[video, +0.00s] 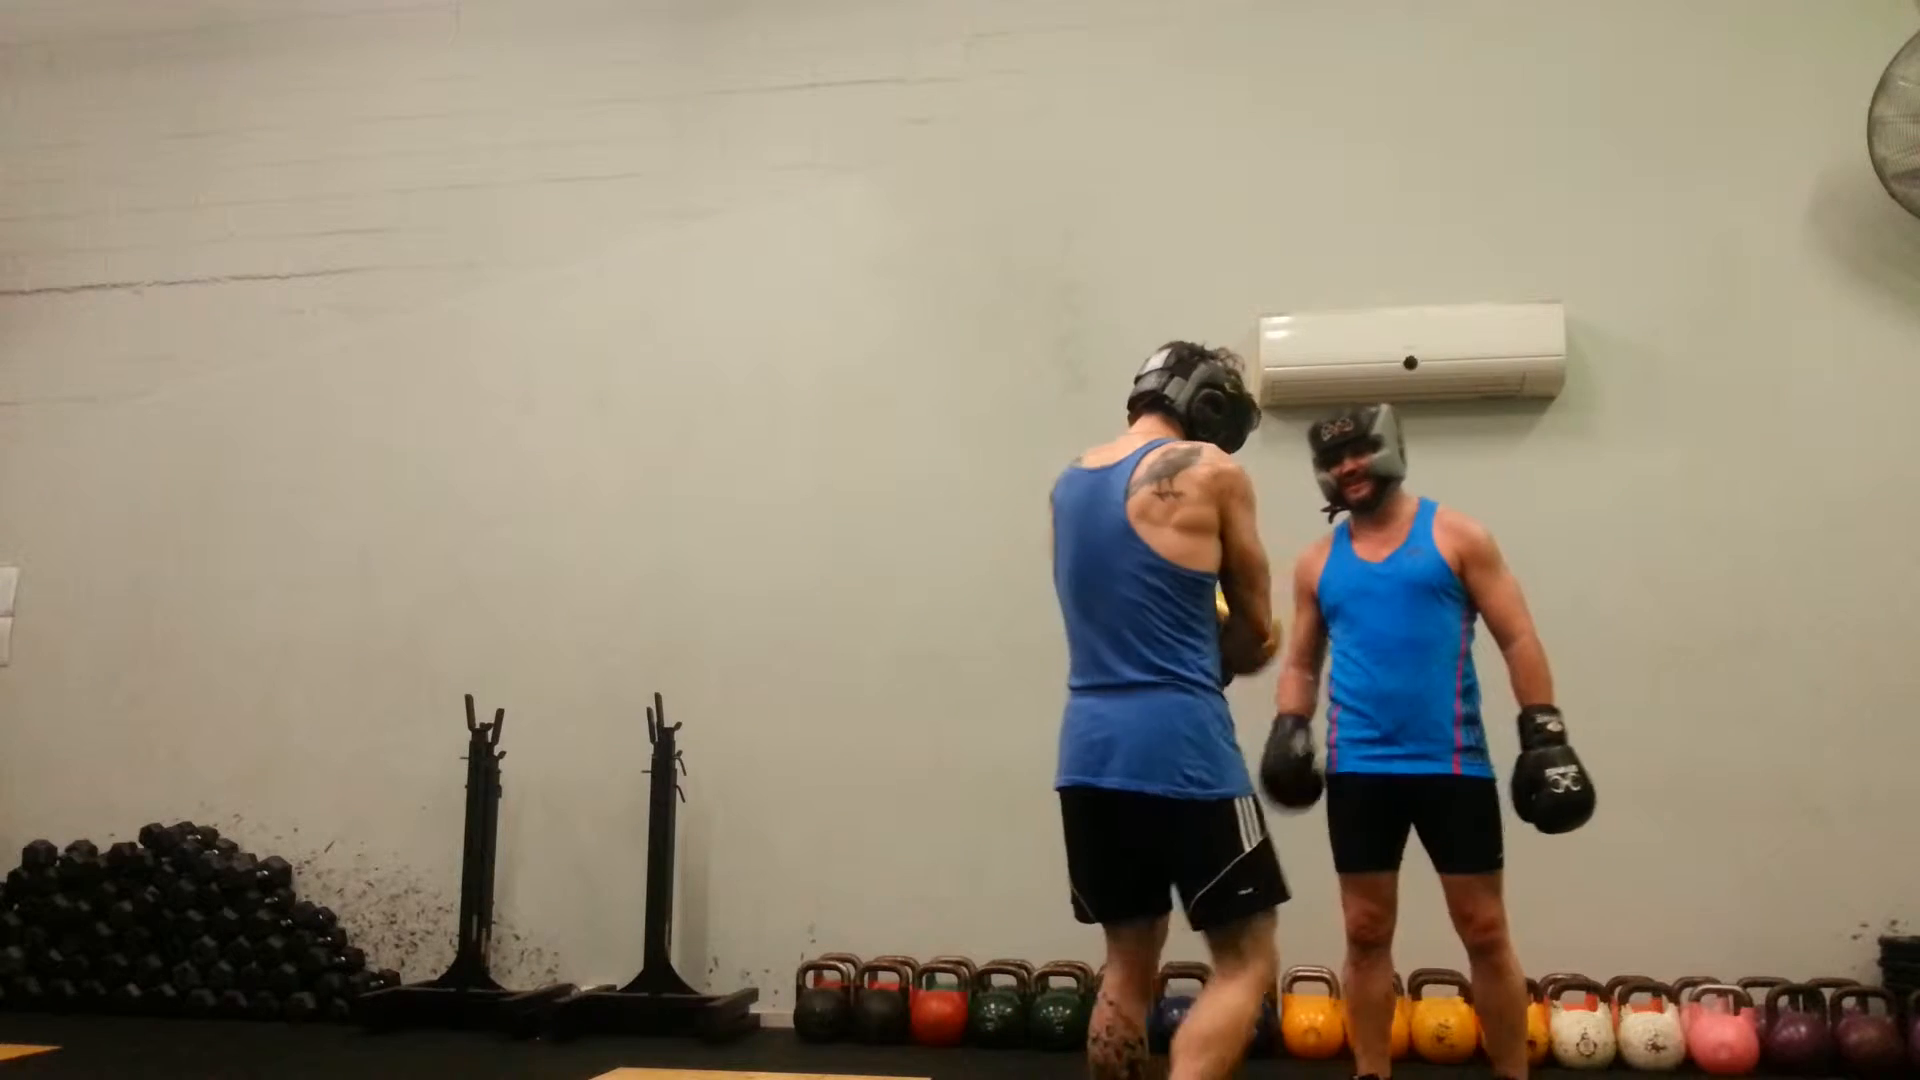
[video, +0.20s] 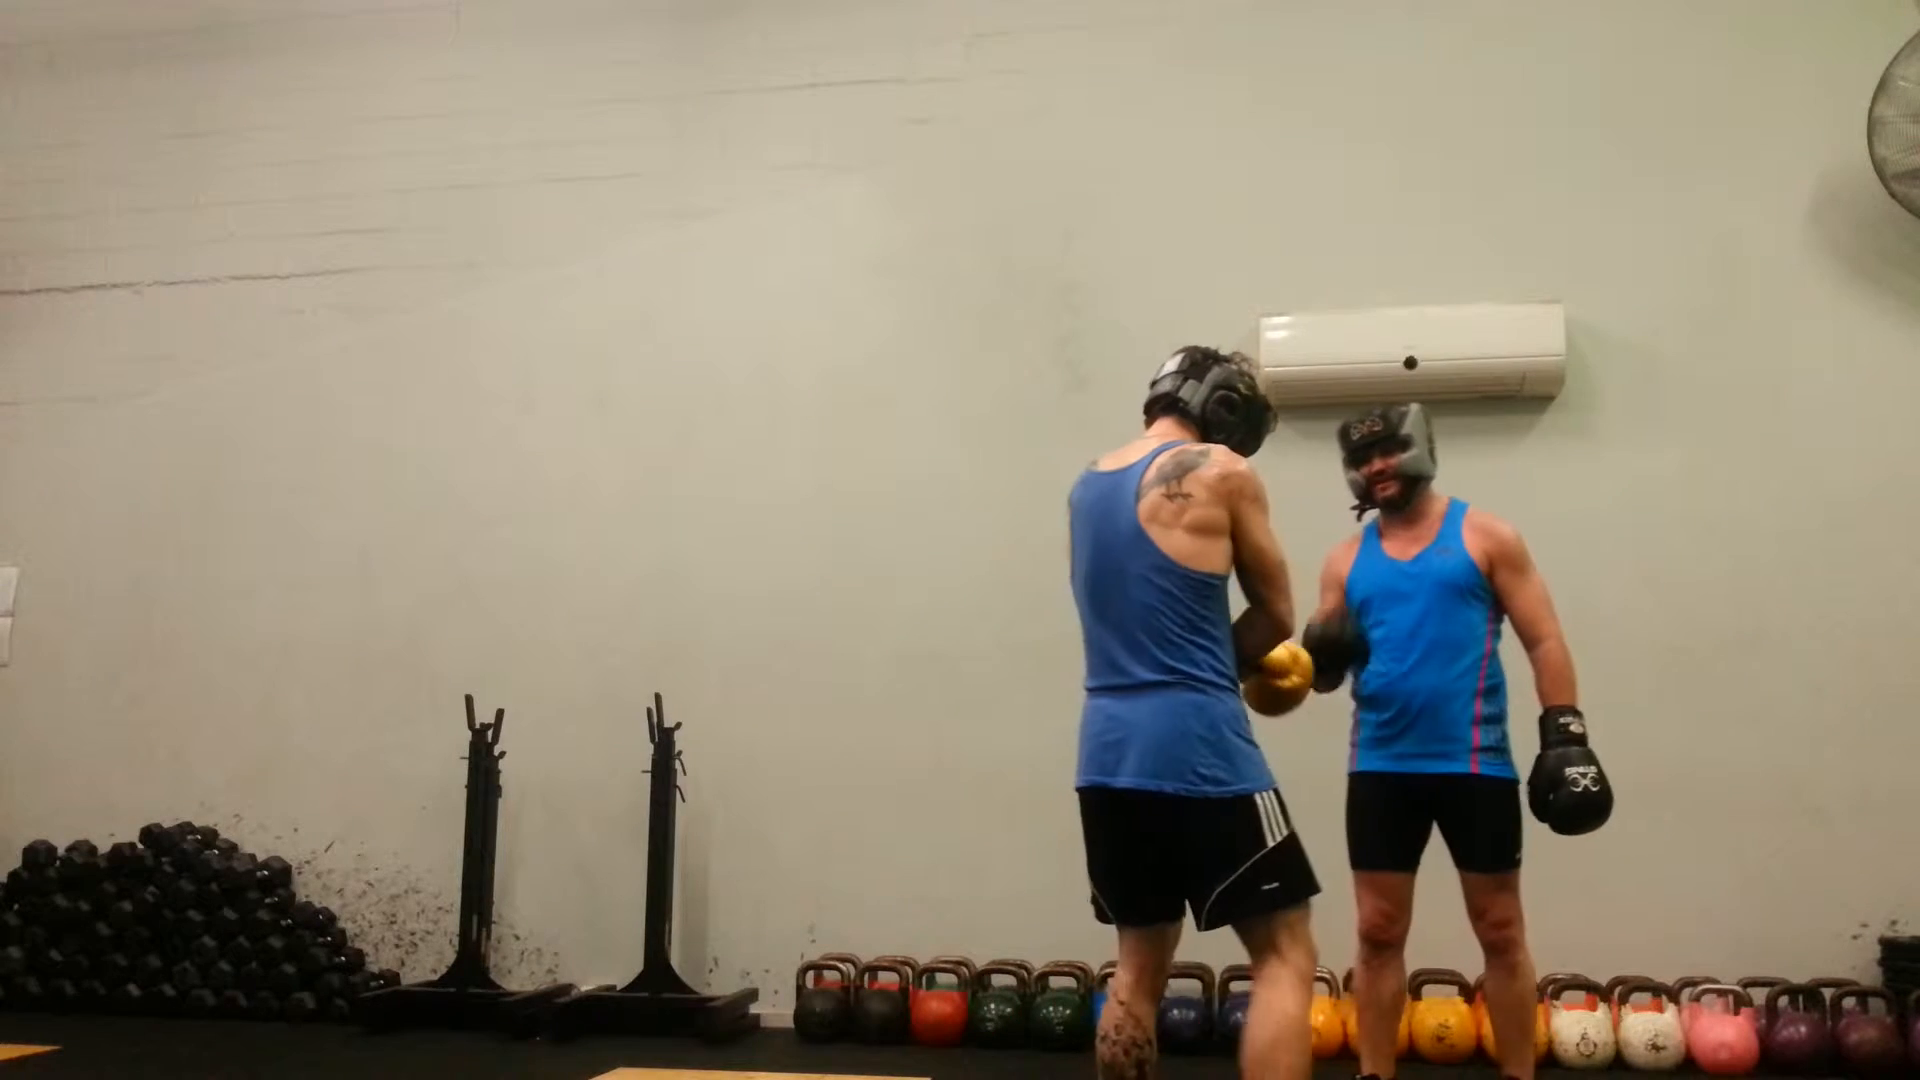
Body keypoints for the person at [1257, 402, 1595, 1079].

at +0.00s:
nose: (1352, 468)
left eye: (1364, 452)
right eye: (1336, 460)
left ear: (1394, 453)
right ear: (1323, 474)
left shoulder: (1458, 537)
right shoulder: (1317, 563)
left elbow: (1516, 636)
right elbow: (1300, 663)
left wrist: (1545, 735)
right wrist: (1290, 729)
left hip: (1452, 767)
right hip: (1358, 772)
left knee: (1485, 932)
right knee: (1365, 934)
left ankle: (1512, 1073)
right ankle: (1371, 1073)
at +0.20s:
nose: (1380, 466)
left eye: (1393, 449)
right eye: (1364, 457)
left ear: (1424, 452)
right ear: (1351, 472)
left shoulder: (1487, 537)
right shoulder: (1345, 559)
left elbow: (1543, 639)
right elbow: (1323, 671)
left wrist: (1564, 737)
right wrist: (1326, 651)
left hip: (1475, 765)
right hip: (1382, 769)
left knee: (1500, 932)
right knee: (1377, 931)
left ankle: (1519, 1074)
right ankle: (1375, 1075)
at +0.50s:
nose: (1418, 464)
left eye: (1432, 449)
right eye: (1403, 453)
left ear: (1463, 453)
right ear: (1389, 467)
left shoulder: (1519, 540)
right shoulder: (1386, 547)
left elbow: (1572, 645)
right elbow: (1339, 646)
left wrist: (1584, 742)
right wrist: (1366, 562)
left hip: (1503, 765)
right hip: (1411, 767)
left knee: (1517, 932)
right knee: (1394, 932)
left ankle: (1525, 1074)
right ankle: (1380, 1073)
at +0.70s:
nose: (1434, 474)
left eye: (1447, 460)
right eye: (1421, 462)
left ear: (1478, 463)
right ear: (1404, 469)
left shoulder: (1533, 545)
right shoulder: (1399, 548)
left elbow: (1583, 652)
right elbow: (1351, 624)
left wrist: (1600, 749)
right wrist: (1396, 510)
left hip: (1515, 766)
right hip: (1420, 767)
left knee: (1523, 934)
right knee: (1398, 940)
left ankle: (1527, 1073)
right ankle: (1382, 1075)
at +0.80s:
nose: (1441, 476)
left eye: (1452, 462)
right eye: (1429, 463)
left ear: (1479, 464)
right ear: (1412, 472)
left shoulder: (1539, 547)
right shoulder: (1404, 548)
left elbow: (1586, 655)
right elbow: (1359, 643)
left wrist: (1608, 754)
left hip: (1517, 768)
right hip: (1421, 767)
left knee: (1524, 933)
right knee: (1403, 935)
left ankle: (1526, 1073)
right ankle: (1382, 1070)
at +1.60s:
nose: (1443, 480)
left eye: (1454, 463)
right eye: (1430, 469)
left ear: (1478, 466)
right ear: (1414, 481)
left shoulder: (1538, 541)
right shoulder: (1397, 546)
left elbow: (1586, 646)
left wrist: (1601, 741)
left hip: (1508, 765)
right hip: (1413, 765)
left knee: (1519, 934)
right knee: (1391, 945)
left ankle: (1525, 1072)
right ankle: (1384, 1069)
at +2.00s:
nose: (1448, 470)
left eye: (1459, 450)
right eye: (1432, 450)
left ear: (1485, 465)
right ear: (1412, 472)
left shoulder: (1536, 542)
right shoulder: (1394, 550)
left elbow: (1588, 648)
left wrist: (1607, 743)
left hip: (1515, 766)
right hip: (1418, 765)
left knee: (1523, 937)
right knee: (1398, 934)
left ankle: (1531, 1066)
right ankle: (1380, 1068)